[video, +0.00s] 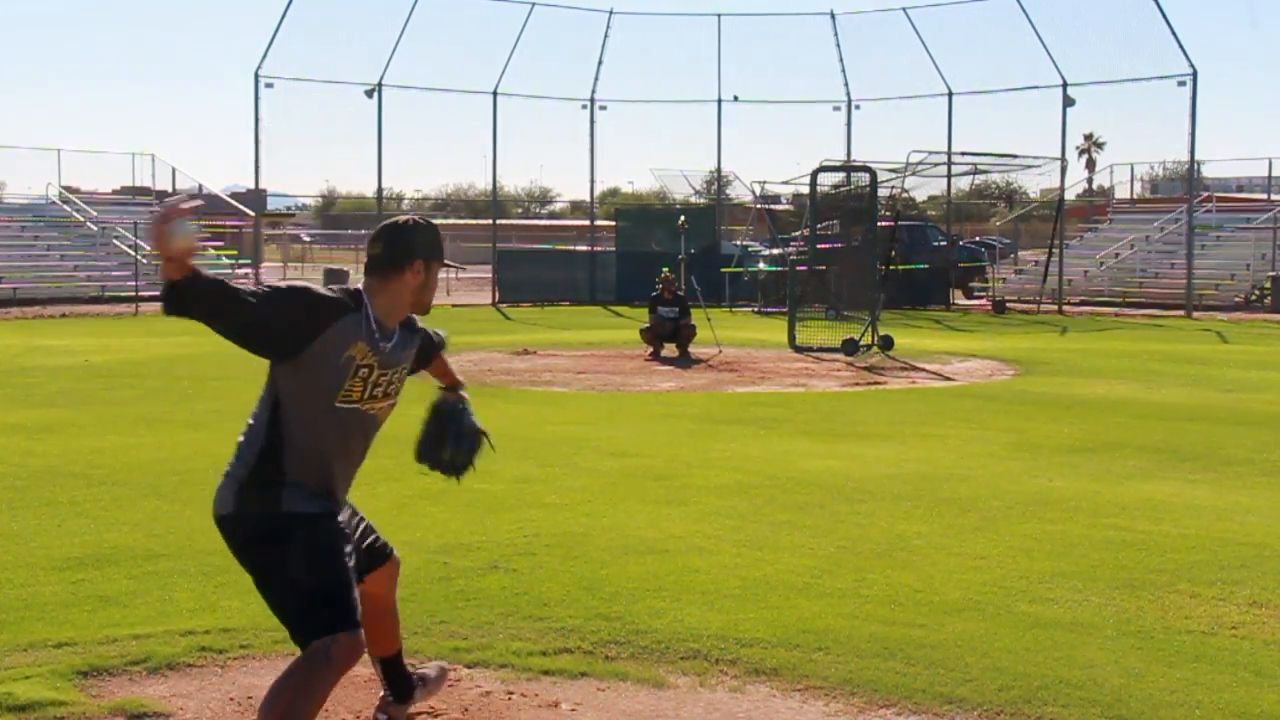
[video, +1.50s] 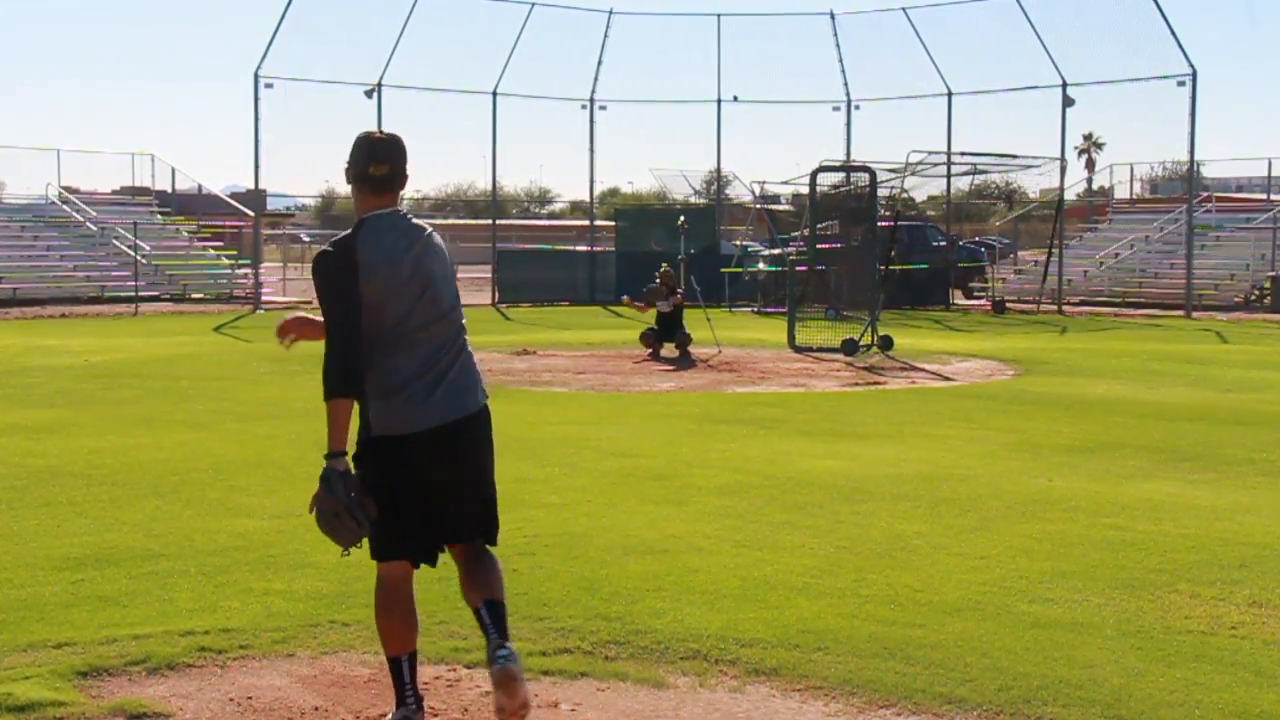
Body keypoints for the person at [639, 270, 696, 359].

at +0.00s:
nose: (668, 286)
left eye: (671, 283)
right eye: (665, 283)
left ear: (675, 284)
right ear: (661, 284)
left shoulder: (681, 299)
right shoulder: (654, 298)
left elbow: (686, 319)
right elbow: (652, 318)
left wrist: (673, 324)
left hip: (676, 327)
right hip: (660, 327)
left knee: (690, 329)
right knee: (645, 332)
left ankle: (683, 349)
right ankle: (656, 348)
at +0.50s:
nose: (667, 286)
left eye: (670, 283)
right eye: (664, 283)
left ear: (674, 285)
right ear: (660, 285)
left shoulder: (680, 299)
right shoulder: (654, 299)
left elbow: (686, 316)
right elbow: (651, 318)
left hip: (677, 326)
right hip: (661, 326)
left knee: (688, 328)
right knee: (646, 331)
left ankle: (683, 349)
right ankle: (657, 347)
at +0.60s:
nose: (667, 285)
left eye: (670, 282)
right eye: (665, 283)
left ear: (674, 284)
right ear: (661, 284)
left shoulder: (679, 298)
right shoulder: (654, 299)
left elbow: (690, 316)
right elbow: (650, 318)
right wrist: (659, 321)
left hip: (675, 326)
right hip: (660, 325)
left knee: (689, 329)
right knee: (646, 331)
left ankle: (683, 350)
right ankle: (656, 348)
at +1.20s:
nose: (666, 287)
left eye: (669, 284)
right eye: (664, 284)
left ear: (673, 284)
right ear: (659, 285)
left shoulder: (678, 296)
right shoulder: (655, 297)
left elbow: (687, 305)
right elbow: (649, 317)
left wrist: (680, 306)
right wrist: (651, 315)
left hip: (675, 327)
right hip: (660, 328)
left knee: (687, 331)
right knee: (645, 331)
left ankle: (683, 350)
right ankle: (656, 348)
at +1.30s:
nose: (666, 285)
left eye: (669, 282)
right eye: (663, 282)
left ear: (673, 283)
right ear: (659, 283)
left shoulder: (678, 295)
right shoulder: (655, 296)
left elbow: (685, 304)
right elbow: (649, 318)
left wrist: (679, 306)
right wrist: (649, 305)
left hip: (676, 330)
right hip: (660, 330)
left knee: (687, 332)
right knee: (645, 332)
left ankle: (683, 349)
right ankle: (656, 348)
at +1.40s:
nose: (666, 282)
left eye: (668, 279)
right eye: (663, 279)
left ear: (673, 280)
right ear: (659, 280)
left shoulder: (678, 293)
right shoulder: (655, 295)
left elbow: (681, 303)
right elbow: (646, 315)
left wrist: (675, 303)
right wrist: (638, 308)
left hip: (677, 330)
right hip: (661, 331)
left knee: (686, 334)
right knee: (646, 334)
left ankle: (682, 349)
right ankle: (656, 347)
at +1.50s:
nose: (666, 280)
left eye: (669, 277)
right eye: (663, 277)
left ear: (673, 278)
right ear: (659, 278)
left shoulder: (678, 292)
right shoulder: (657, 294)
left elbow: (678, 300)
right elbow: (644, 308)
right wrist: (631, 303)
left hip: (676, 330)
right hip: (661, 330)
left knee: (684, 337)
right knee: (646, 336)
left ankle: (683, 350)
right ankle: (656, 348)